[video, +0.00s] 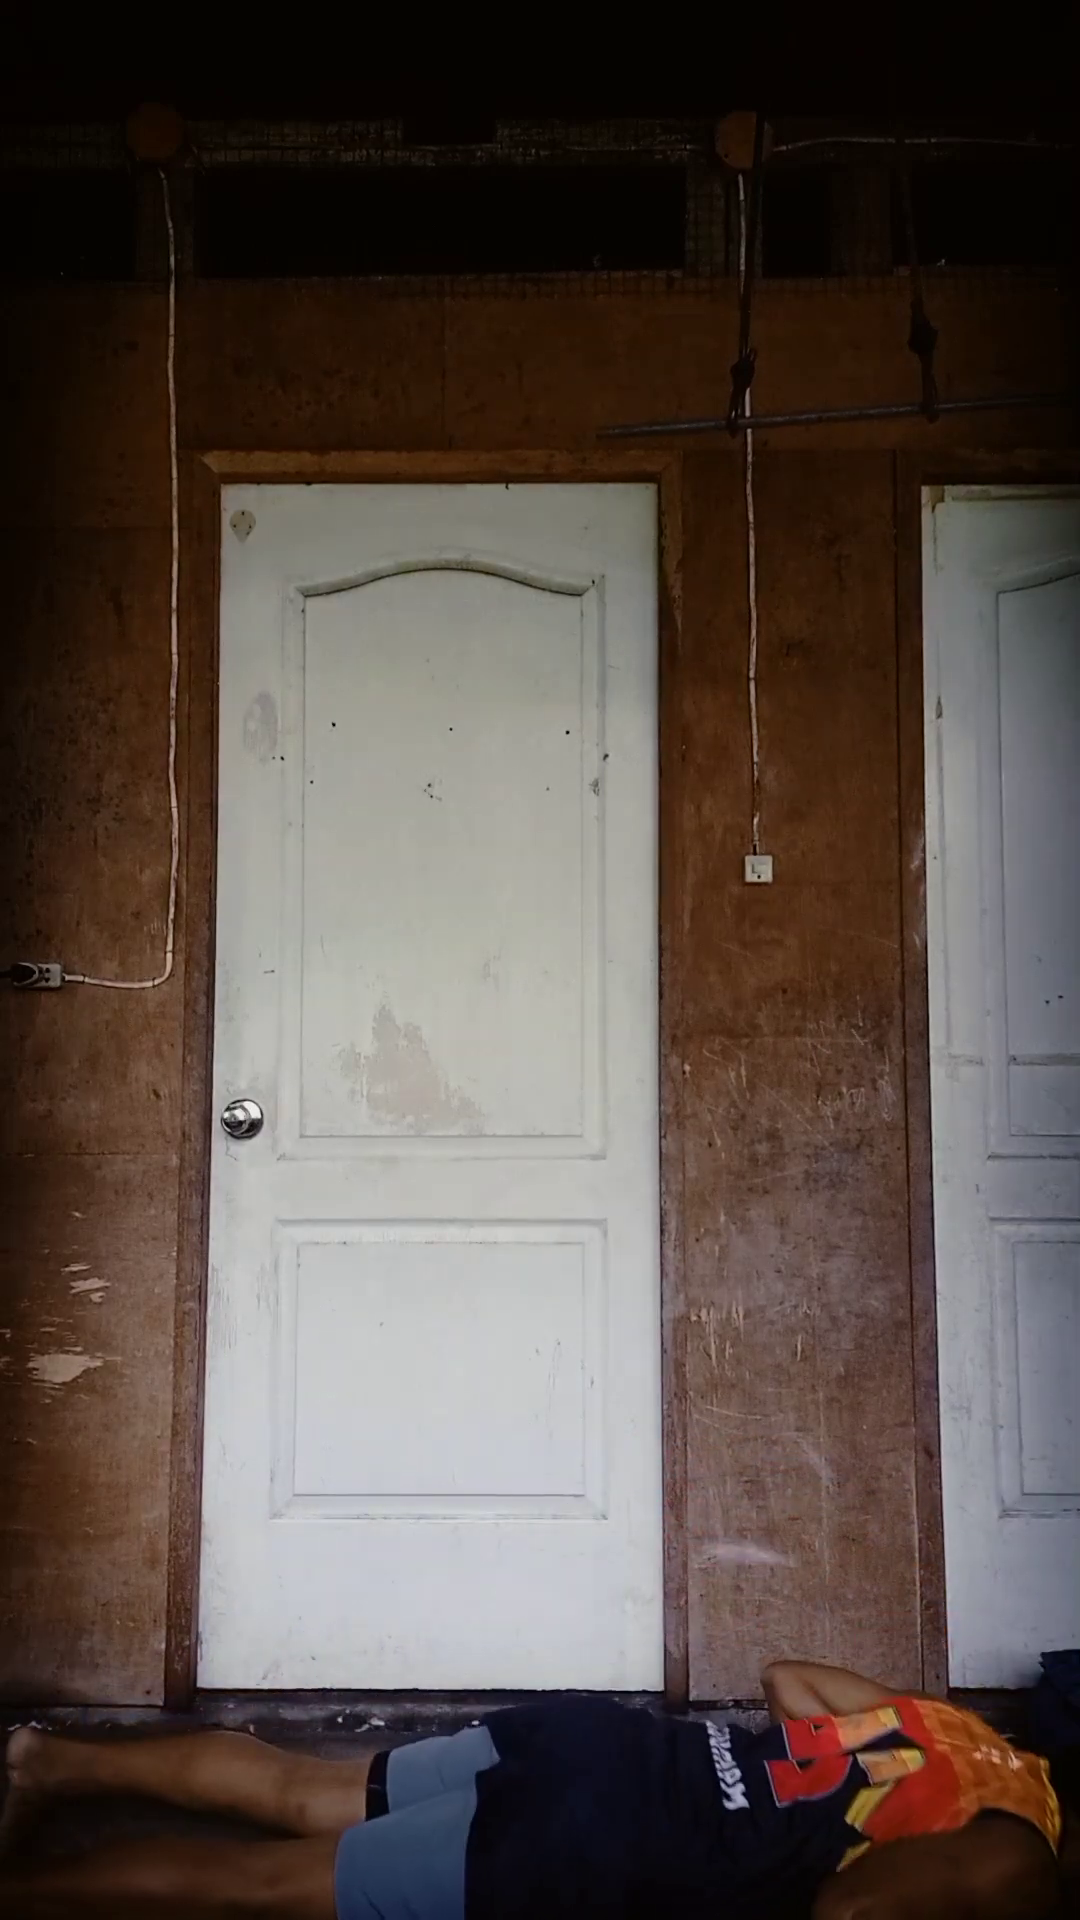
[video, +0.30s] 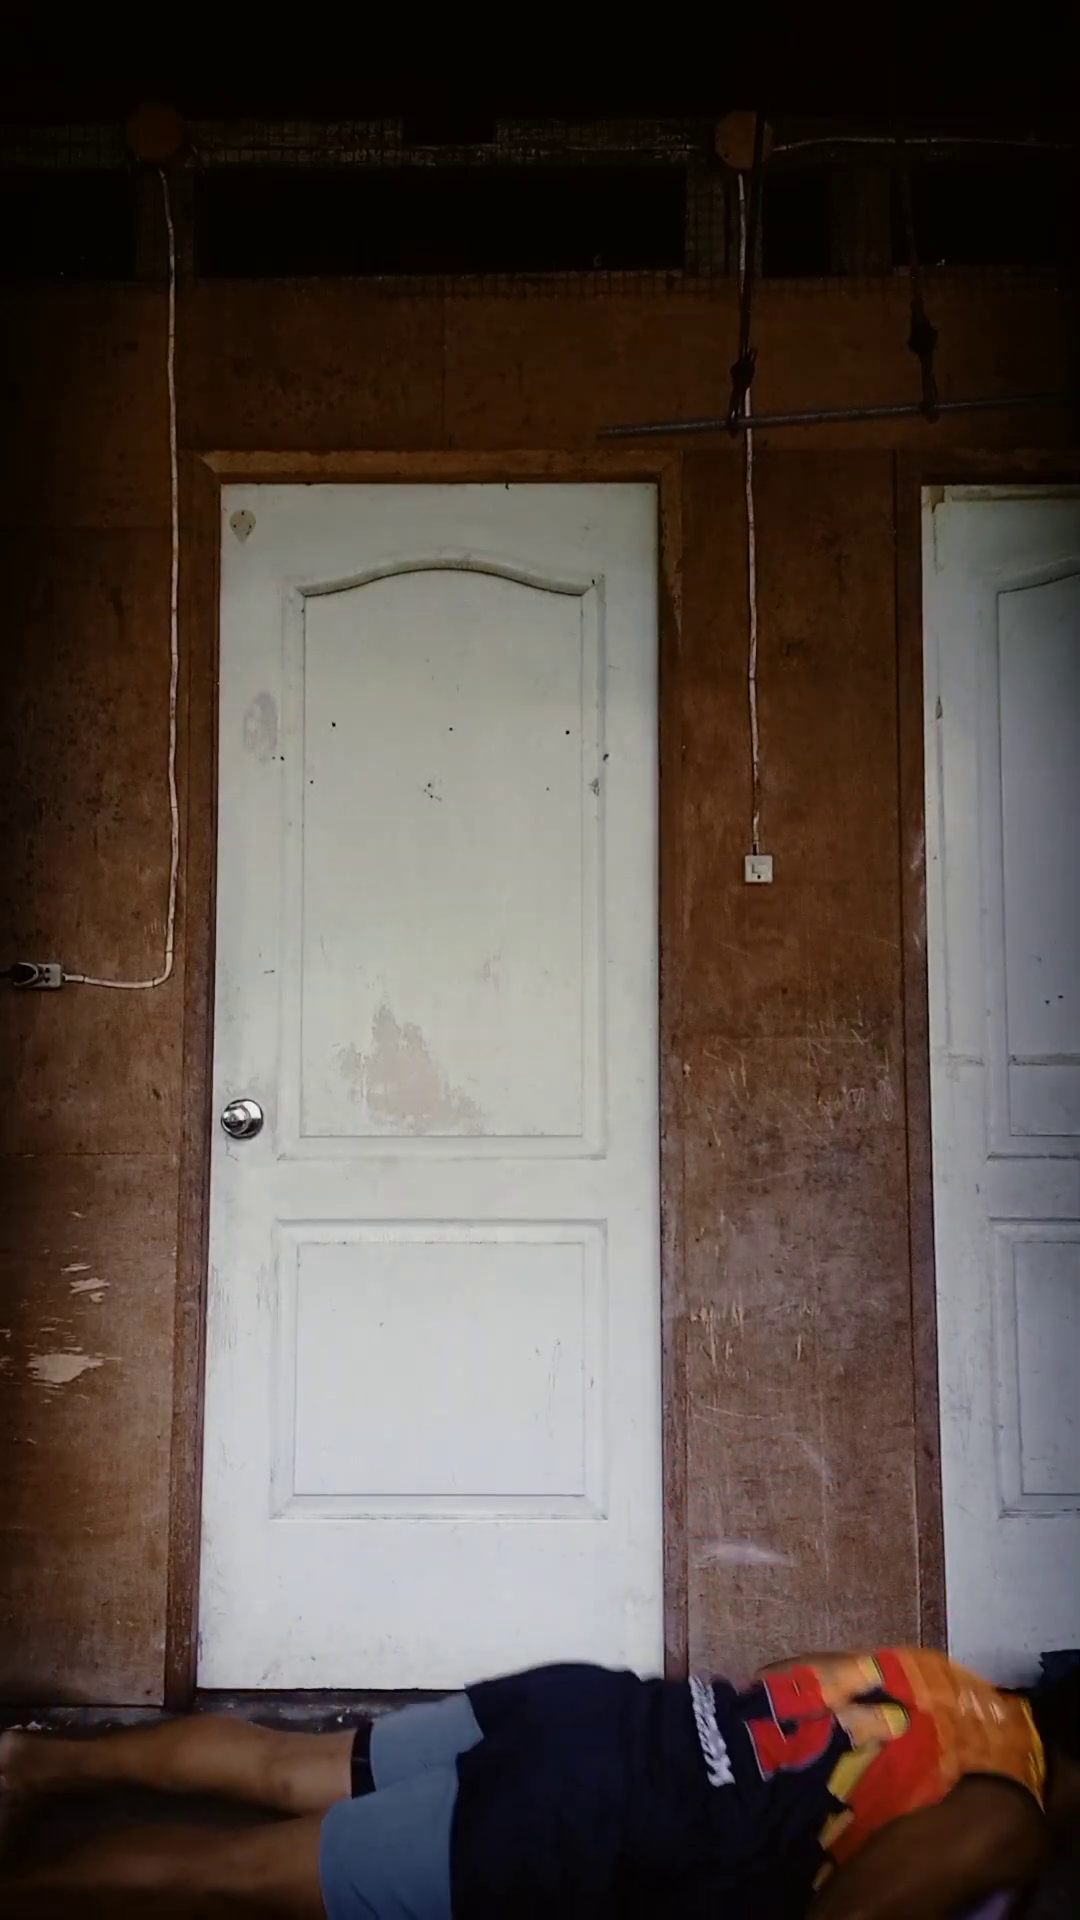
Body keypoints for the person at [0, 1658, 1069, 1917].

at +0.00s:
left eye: (1032, 1678)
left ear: (1037, 1693)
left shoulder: (955, 1728)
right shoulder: (1020, 1838)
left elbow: (801, 1683)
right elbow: (858, 1903)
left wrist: (887, 1766)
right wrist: (894, 1799)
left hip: (588, 1736)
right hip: (589, 1850)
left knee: (308, 1789)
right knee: (276, 1884)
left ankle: (50, 1756)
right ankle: (37, 1873)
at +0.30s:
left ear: (1046, 1682)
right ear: (1073, 1754)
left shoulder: (945, 1682)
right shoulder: (1002, 1807)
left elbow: (771, 1717)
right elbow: (850, 1901)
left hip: (586, 1703)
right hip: (577, 1834)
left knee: (301, 1761)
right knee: (260, 1868)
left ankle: (46, 1756)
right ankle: (34, 1873)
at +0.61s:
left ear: (1033, 1605)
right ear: (1072, 1668)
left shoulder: (912, 1593)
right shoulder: (976, 1721)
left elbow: (765, 1660)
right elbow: (869, 1899)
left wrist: (894, 1812)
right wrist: (943, 1861)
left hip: (554, 1666)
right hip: (539, 1801)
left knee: (296, 1749)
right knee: (241, 1857)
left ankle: (35, 1759)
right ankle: (19, 1862)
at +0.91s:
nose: (1062, 1637)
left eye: (1076, 1616)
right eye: (1076, 1611)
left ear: (1005, 1518)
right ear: (1048, 1577)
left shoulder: (875, 1514)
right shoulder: (929, 1633)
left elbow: (804, 1706)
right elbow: (873, 1875)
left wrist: (862, 1841)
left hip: (532, 1617)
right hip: (527, 1737)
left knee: (282, 1720)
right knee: (217, 1824)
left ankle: (30, 1758)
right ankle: (5, 1868)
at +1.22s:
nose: (1041, 1622)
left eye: (1056, 1605)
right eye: (1058, 1600)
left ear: (996, 1503)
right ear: (1030, 1559)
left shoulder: (861, 1491)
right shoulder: (916, 1624)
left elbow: (787, 1681)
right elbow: (875, 1878)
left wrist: (870, 1834)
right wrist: (918, 1892)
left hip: (514, 1605)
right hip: (515, 1730)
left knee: (276, 1711)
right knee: (210, 1818)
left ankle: (25, 1757)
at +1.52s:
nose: (1057, 1635)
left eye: (1072, 1615)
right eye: (1072, 1609)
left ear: (1003, 1513)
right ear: (1041, 1572)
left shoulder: (869, 1504)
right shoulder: (923, 1635)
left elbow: (774, 1667)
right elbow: (870, 1881)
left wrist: (862, 1801)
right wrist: (904, 1879)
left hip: (516, 1619)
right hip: (520, 1747)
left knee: (276, 1720)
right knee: (212, 1829)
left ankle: (24, 1760)